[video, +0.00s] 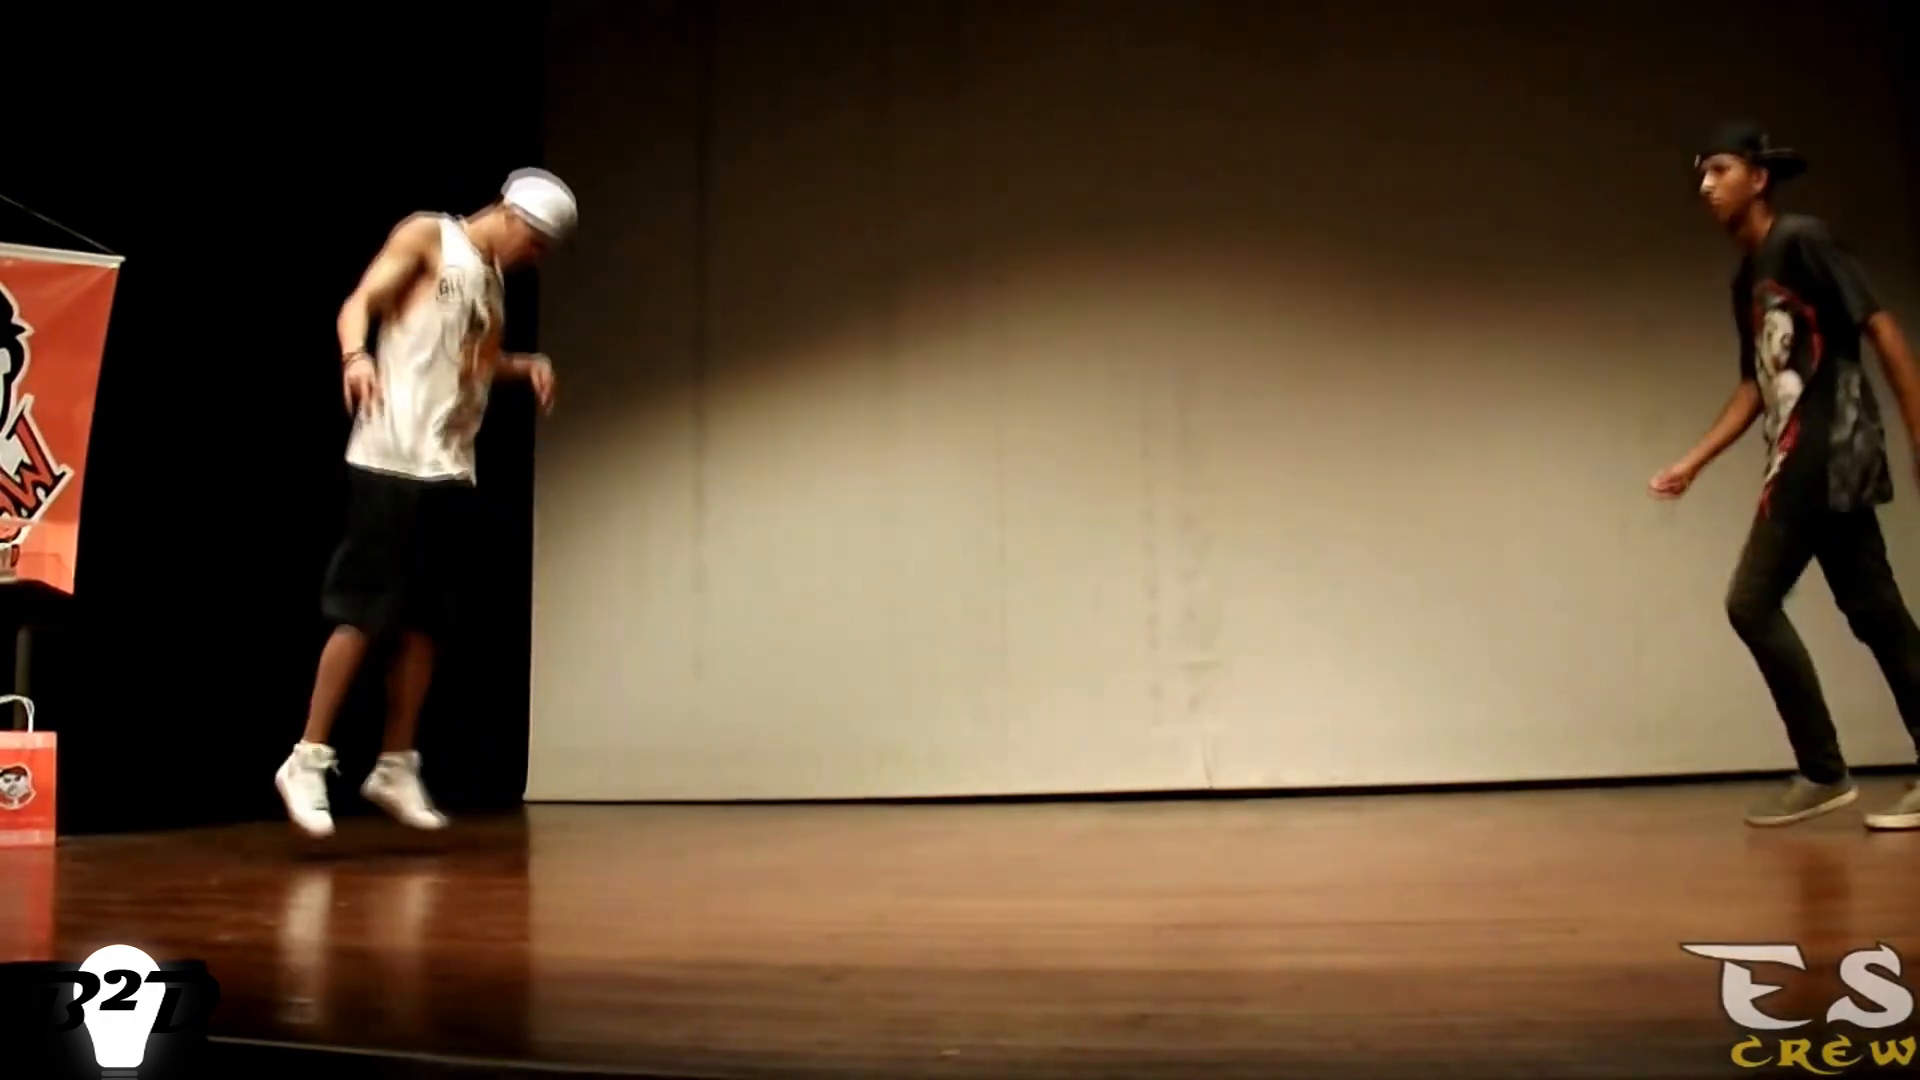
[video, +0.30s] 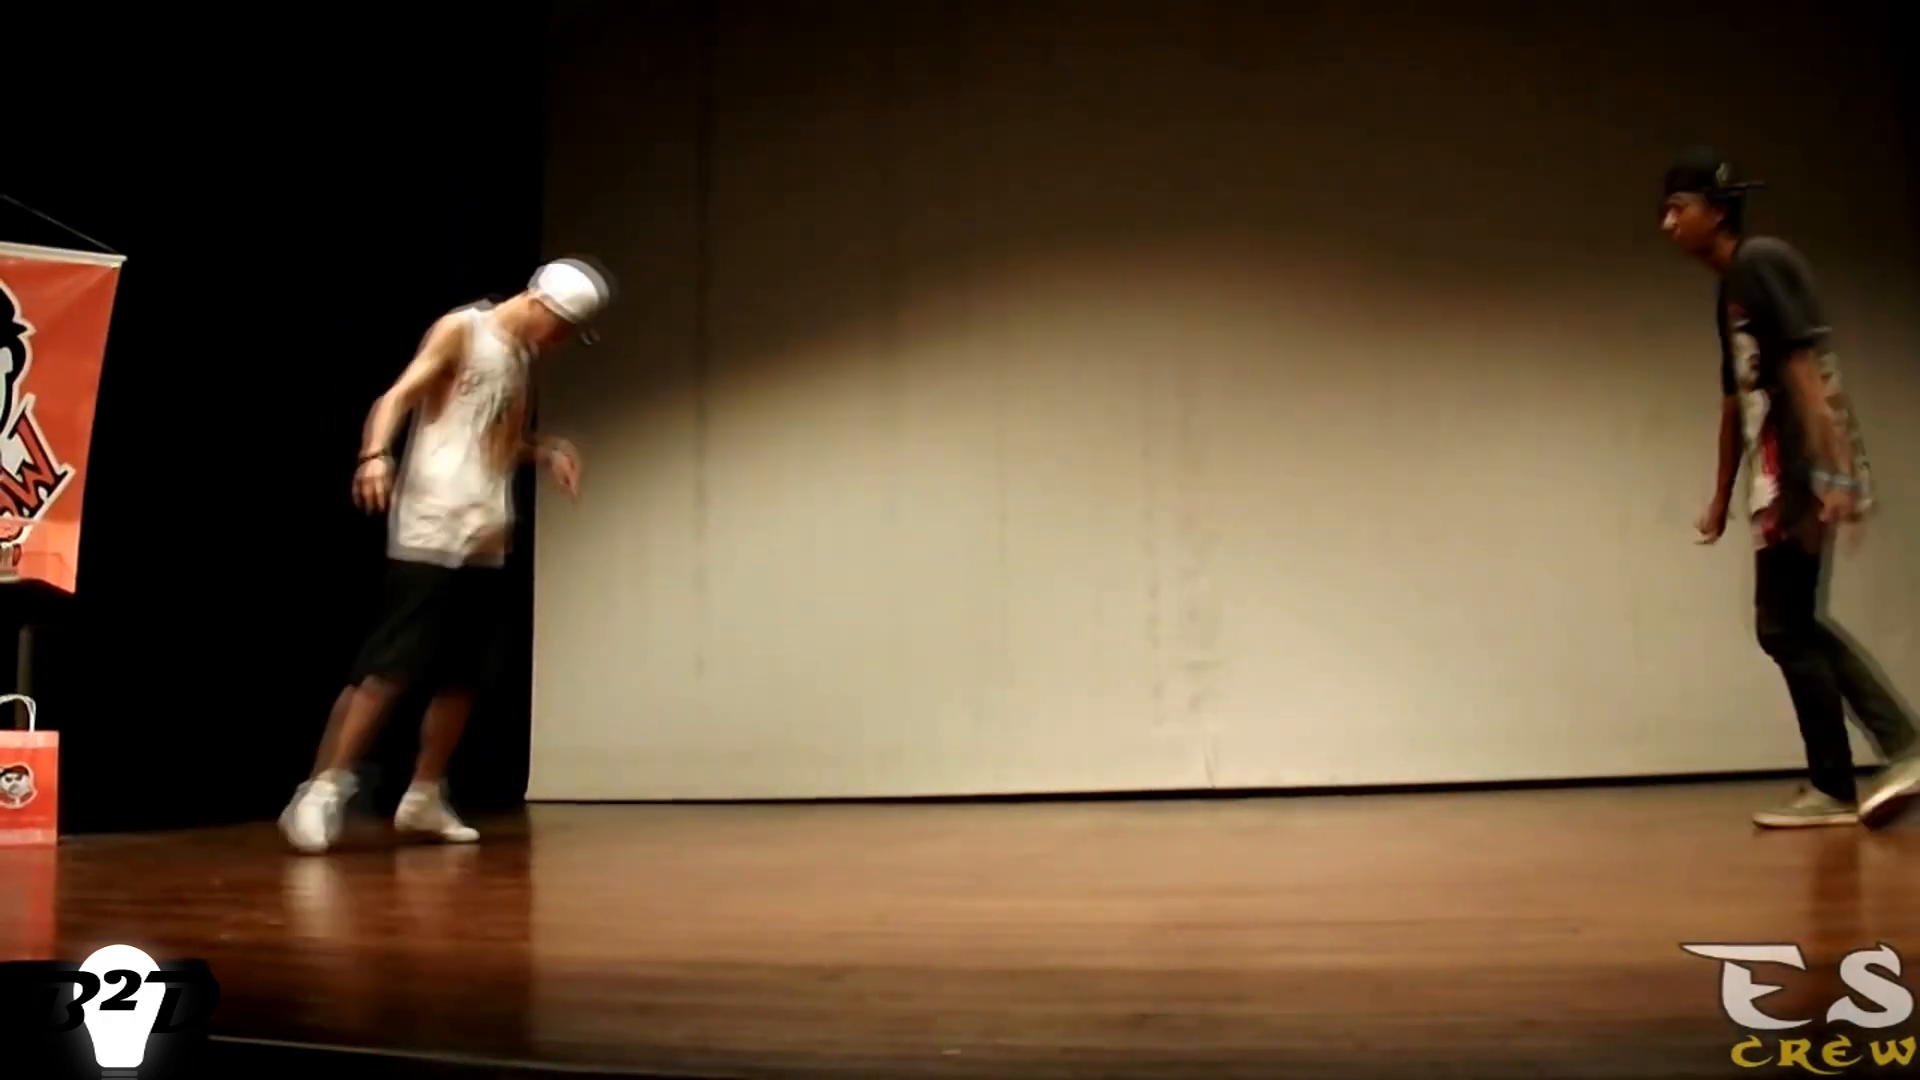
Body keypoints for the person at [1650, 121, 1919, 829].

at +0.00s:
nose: (1706, 184)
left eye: (1718, 171)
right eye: (1702, 174)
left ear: (1759, 177)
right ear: (1711, 188)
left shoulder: (1804, 241)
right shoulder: (1747, 275)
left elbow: (1882, 329)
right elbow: (1757, 387)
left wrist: (1917, 432)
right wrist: (1692, 463)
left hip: (1823, 457)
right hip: (1814, 460)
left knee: (1751, 604)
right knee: (1881, 616)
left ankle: (1824, 774)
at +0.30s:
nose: (1667, 222)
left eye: (1679, 209)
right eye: (1666, 210)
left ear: (1718, 211)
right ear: (1699, 215)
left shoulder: (1763, 263)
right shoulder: (1732, 285)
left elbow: (1805, 373)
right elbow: (1736, 401)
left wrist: (1835, 472)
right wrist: (1721, 495)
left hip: (1801, 476)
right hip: (1780, 479)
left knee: (1785, 627)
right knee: (1797, 624)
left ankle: (1833, 790)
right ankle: (1900, 746)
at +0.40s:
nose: (1659, 232)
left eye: (1665, 219)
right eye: (1658, 219)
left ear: (1695, 216)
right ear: (1699, 216)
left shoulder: (1744, 261)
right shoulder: (1730, 270)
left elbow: (1769, 362)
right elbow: (1736, 378)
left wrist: (1759, 462)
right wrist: (1723, 464)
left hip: (1787, 480)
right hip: (1769, 479)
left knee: (1780, 626)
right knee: (1747, 618)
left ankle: (1834, 788)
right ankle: (1875, 716)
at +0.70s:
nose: (1609, 237)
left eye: (1620, 224)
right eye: (1608, 226)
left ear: (1655, 226)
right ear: (1641, 233)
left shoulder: (1678, 268)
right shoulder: (1666, 281)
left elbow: (1679, 337)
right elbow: (1671, 355)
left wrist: (1606, 374)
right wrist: (1599, 373)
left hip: (1729, 493)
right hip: (1707, 496)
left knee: (1767, 634)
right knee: (1663, 631)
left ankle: (1835, 784)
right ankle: (1638, 784)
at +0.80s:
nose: (1585, 242)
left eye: (1597, 229)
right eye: (1582, 232)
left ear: (1632, 233)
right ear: (1601, 241)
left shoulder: (1660, 286)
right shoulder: (1641, 298)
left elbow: (1657, 363)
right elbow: (1670, 405)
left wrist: (1588, 421)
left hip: (1703, 503)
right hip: (1672, 506)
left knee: (1737, 634)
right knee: (1632, 633)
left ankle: (1831, 778)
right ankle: (1623, 794)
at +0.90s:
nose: (1559, 249)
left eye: (1570, 236)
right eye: (1557, 238)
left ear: (1605, 239)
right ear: (1579, 245)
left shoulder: (1632, 290)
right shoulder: (1614, 300)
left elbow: (1627, 385)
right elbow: (1642, 408)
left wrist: (1596, 477)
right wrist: (1615, 497)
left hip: (1657, 502)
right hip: (1627, 504)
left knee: (1667, 635)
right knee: (1599, 638)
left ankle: (1800, 754)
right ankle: (1619, 793)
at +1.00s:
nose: (1534, 243)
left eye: (1546, 231)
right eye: (1532, 233)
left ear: (1582, 236)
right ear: (1558, 244)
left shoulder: (1613, 289)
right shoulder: (1592, 300)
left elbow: (1611, 395)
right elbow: (1602, 404)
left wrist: (1602, 492)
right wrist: (1593, 496)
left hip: (1616, 497)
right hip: (1600, 499)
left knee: (1594, 630)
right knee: (1595, 634)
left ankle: (1733, 725)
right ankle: (1620, 790)